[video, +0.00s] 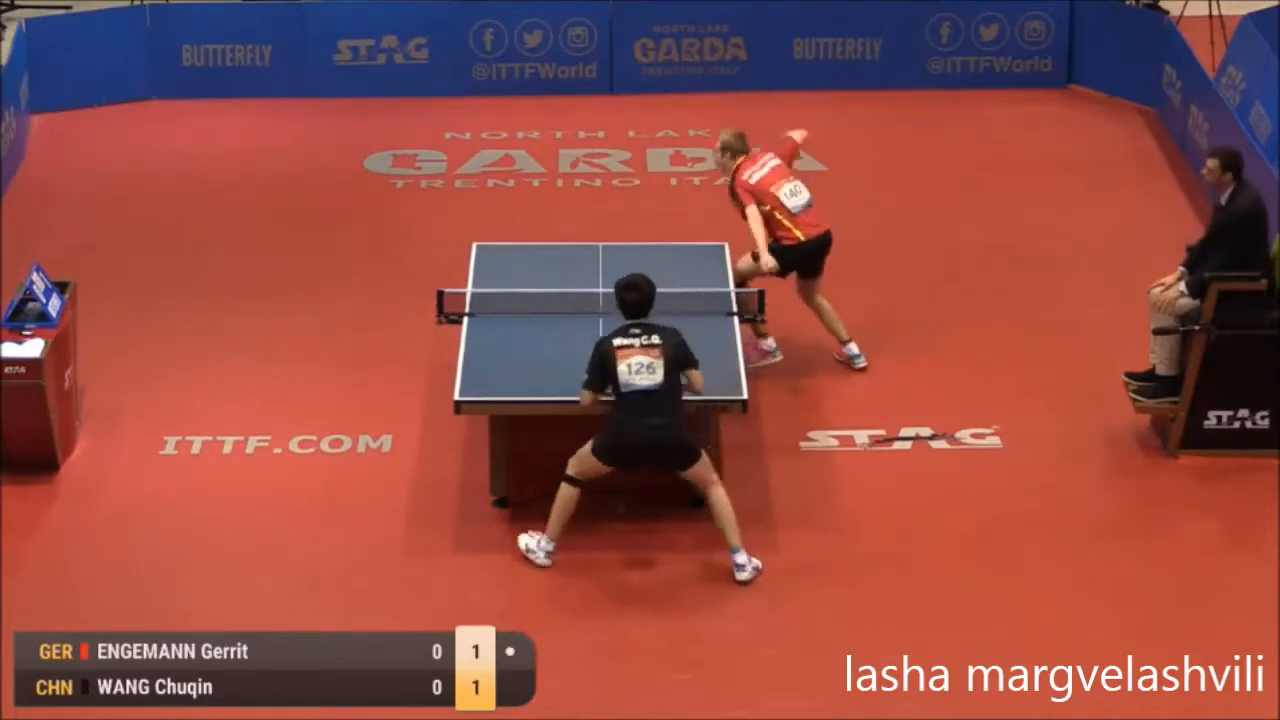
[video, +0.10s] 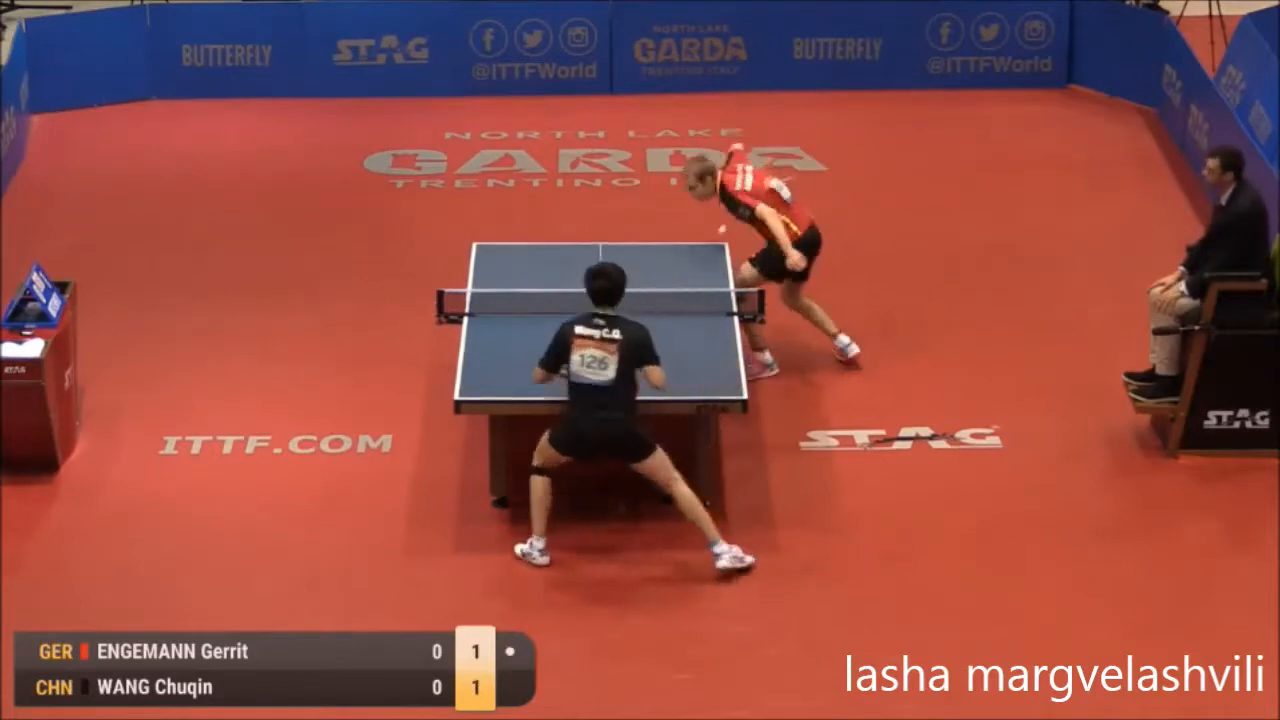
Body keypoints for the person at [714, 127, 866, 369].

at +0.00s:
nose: (717, 160)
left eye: (718, 155)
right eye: (717, 155)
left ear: (728, 155)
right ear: (745, 150)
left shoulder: (740, 181)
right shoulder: (773, 156)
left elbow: (753, 213)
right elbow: (800, 135)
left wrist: (763, 253)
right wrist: (793, 136)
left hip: (791, 246)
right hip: (821, 237)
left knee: (737, 274)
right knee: (809, 293)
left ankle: (765, 344)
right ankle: (851, 349)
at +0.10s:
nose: (692, 194)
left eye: (692, 188)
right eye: (689, 189)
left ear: (707, 181)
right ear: (709, 177)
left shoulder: (730, 194)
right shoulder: (734, 165)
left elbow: (767, 213)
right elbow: (737, 149)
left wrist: (788, 251)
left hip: (789, 244)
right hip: (810, 234)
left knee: (739, 284)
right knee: (791, 297)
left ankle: (761, 357)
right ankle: (842, 342)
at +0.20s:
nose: (688, 196)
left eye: (690, 189)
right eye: (684, 191)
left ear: (703, 179)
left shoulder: (729, 190)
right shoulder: (718, 170)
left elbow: (775, 197)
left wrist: (805, 228)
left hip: (780, 237)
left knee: (737, 289)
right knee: (766, 298)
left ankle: (762, 358)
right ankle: (822, 322)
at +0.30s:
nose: (683, 173)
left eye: (686, 167)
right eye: (679, 168)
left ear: (700, 161)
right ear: (676, 165)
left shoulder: (728, 173)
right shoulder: (695, 166)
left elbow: (777, 178)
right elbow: (683, 174)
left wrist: (807, 208)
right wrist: (676, 193)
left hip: (766, 225)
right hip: (739, 224)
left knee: (733, 286)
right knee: (710, 268)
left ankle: (761, 356)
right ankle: (762, 305)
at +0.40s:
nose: (676, 155)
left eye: (681, 149)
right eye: (674, 149)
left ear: (695, 144)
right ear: (672, 147)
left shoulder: (724, 159)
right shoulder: (685, 160)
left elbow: (770, 163)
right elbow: (672, 169)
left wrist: (789, 199)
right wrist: (665, 195)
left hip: (753, 211)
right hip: (723, 210)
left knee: (746, 274)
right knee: (688, 249)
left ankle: (758, 348)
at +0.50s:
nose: (674, 144)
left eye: (679, 137)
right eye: (670, 138)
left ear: (693, 133)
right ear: (666, 136)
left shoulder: (719, 146)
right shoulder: (670, 156)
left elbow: (754, 157)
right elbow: (653, 180)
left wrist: (760, 200)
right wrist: (645, 200)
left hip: (730, 210)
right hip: (695, 210)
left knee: (739, 265)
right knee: (666, 255)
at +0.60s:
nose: (671, 143)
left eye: (676, 137)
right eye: (667, 137)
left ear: (690, 133)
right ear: (664, 136)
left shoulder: (716, 149)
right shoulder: (662, 160)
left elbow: (741, 163)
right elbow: (639, 188)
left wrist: (739, 197)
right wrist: (631, 206)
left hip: (714, 216)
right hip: (678, 217)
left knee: (734, 266)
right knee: (649, 262)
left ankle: (764, 325)